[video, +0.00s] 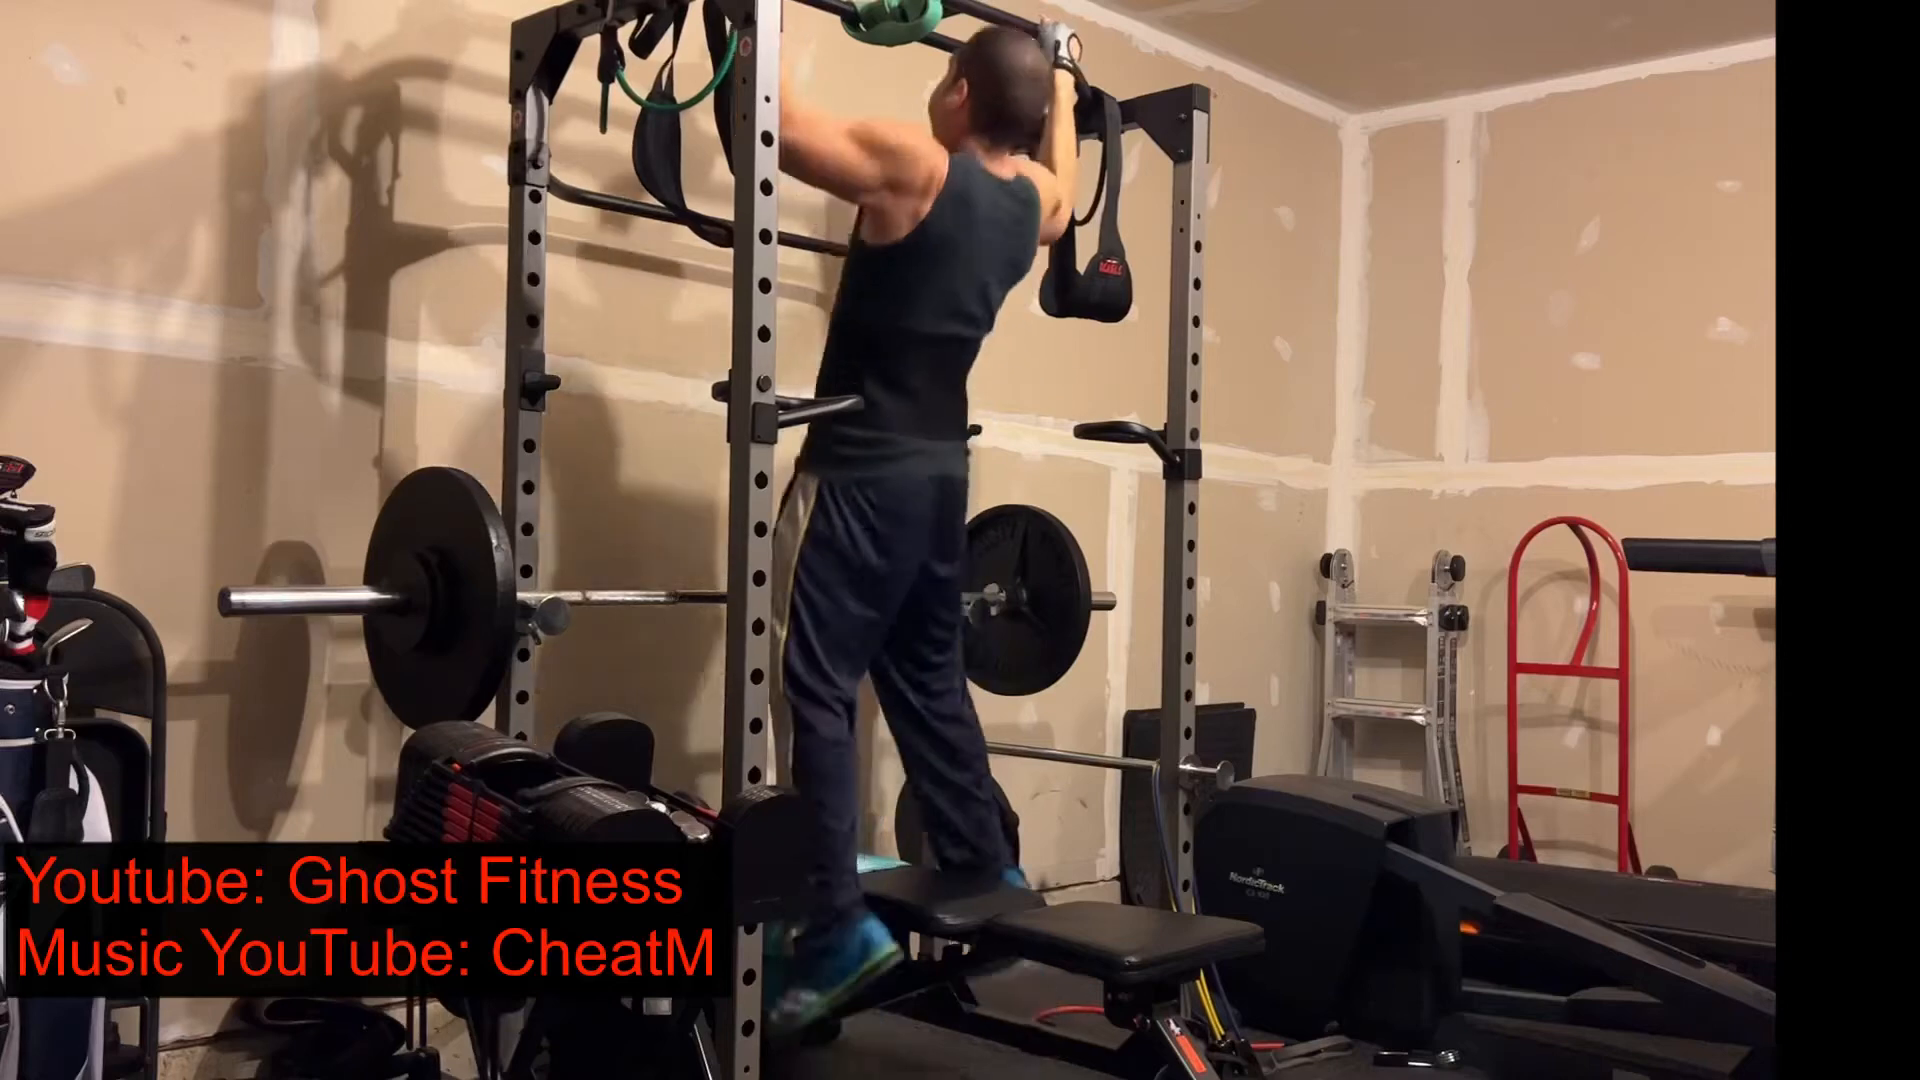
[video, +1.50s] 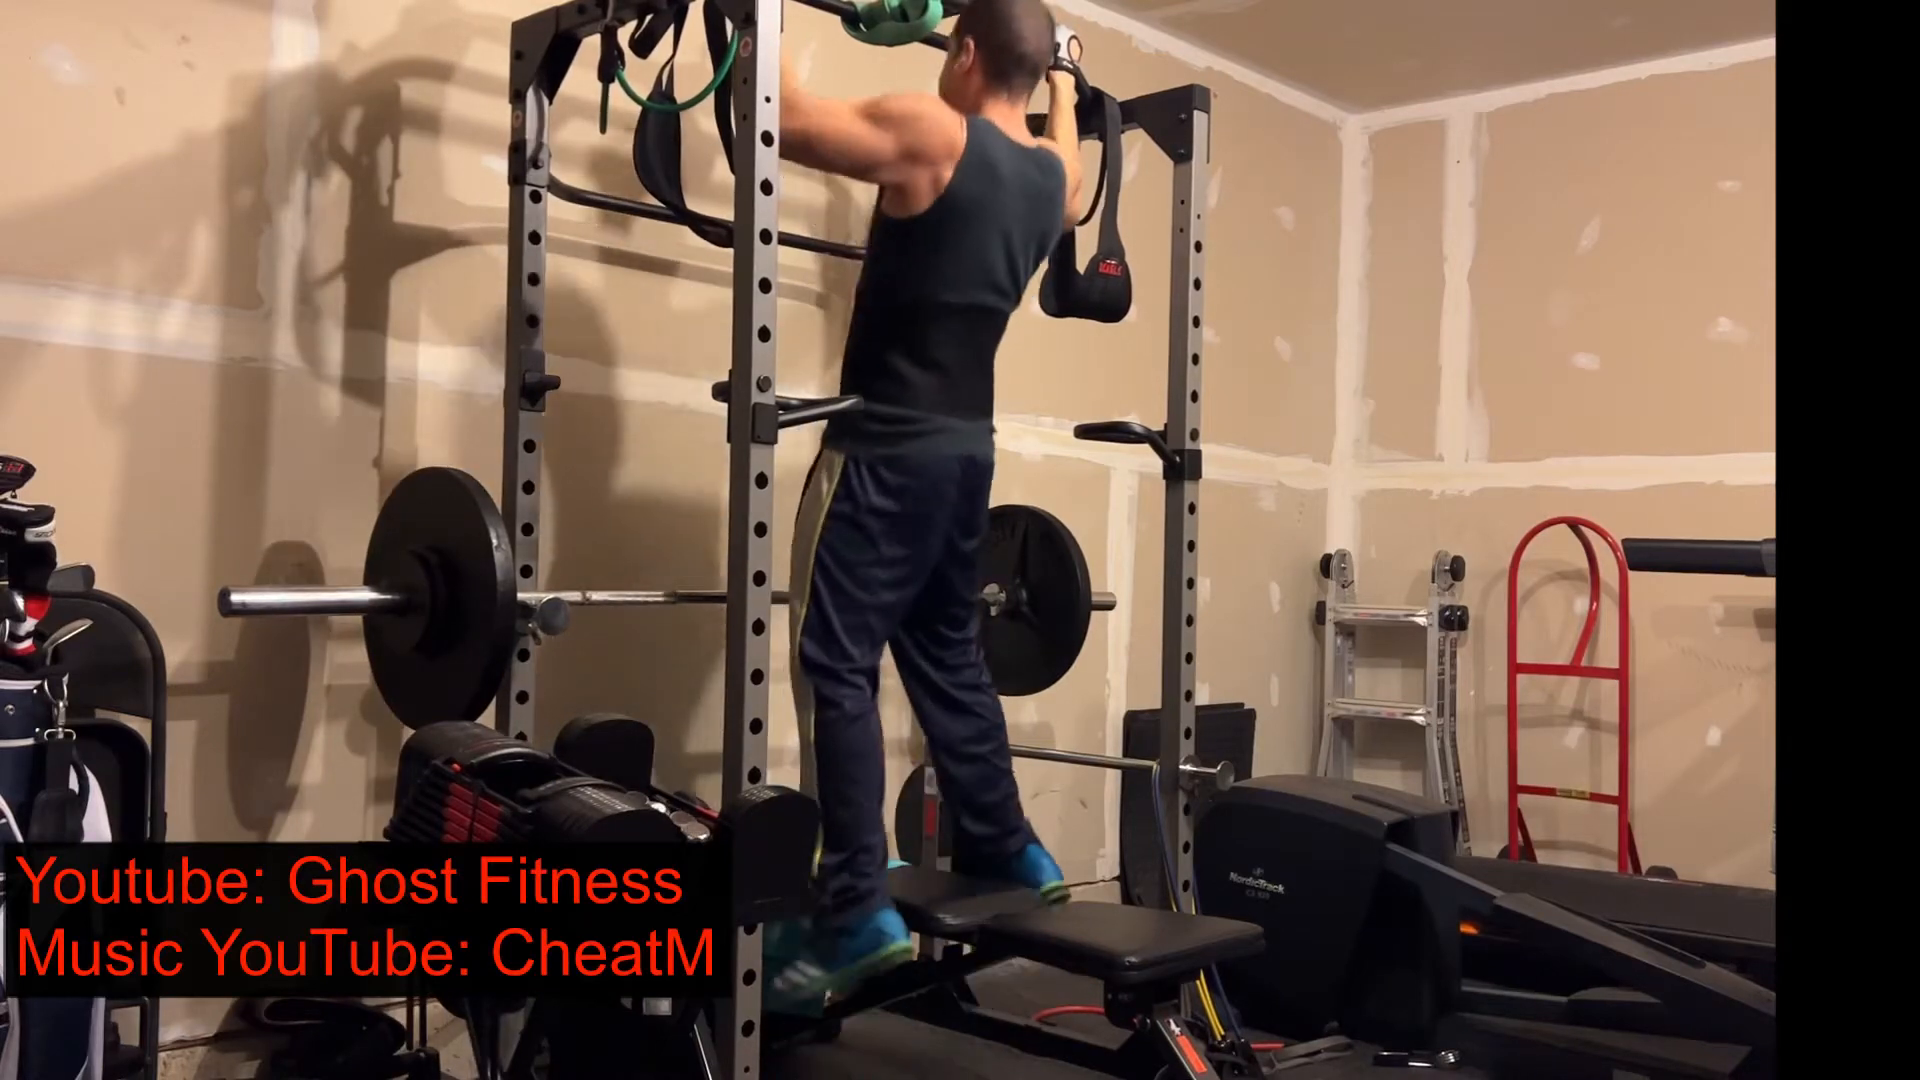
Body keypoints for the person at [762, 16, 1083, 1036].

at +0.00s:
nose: (937, 84)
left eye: (949, 76)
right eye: (948, 72)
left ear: (963, 101)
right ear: (1028, 116)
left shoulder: (911, 159)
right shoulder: (1029, 200)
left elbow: (771, 123)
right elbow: (1060, 188)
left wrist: (755, 24)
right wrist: (1057, 98)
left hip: (865, 471)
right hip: (939, 473)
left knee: (820, 686)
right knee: (928, 681)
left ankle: (839, 918)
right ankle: (983, 877)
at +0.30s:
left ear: (952, 2)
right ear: (1015, 17)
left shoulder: (898, 61)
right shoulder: (1028, 105)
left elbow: (764, 113)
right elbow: (1056, 201)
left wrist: (750, 18)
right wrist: (1057, 91)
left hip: (852, 361)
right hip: (937, 370)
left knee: (811, 578)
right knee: (916, 587)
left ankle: (819, 797)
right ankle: (959, 792)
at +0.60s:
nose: (917, 40)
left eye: (926, 29)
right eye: (927, 29)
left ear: (941, 43)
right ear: (1008, 66)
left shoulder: (889, 121)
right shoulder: (1013, 162)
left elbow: (752, 115)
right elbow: (1050, 195)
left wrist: (742, 26)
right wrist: (1058, 98)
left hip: (834, 409)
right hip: (920, 417)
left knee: (796, 624)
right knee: (905, 629)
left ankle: (820, 843)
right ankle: (963, 828)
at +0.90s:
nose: (903, 147)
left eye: (911, 137)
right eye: (912, 137)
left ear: (930, 146)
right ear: (1000, 167)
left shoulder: (891, 217)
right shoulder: (1011, 255)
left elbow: (770, 135)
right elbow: (1047, 186)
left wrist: (747, 25)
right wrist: (1059, 100)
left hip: (846, 523)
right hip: (924, 527)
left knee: (786, 734)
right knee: (919, 742)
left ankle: (823, 969)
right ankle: (980, 945)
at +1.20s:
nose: (919, 159)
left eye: (928, 148)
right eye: (929, 149)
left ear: (944, 161)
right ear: (1008, 180)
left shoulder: (904, 230)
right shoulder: (1022, 265)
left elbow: (792, 135)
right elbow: (1050, 184)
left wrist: (771, 19)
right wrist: (1060, 97)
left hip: (874, 545)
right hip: (950, 543)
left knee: (821, 766)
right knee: (941, 757)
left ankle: (854, 1002)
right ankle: (1009, 965)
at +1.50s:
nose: (944, 58)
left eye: (953, 43)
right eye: (954, 44)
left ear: (970, 55)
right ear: (1038, 75)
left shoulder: (926, 128)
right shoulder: (1045, 171)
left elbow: (790, 121)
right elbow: (1067, 206)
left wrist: (759, 20)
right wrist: (1052, 116)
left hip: (886, 451)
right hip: (965, 453)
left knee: (837, 663)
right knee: (946, 651)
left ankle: (856, 903)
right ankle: (1002, 848)